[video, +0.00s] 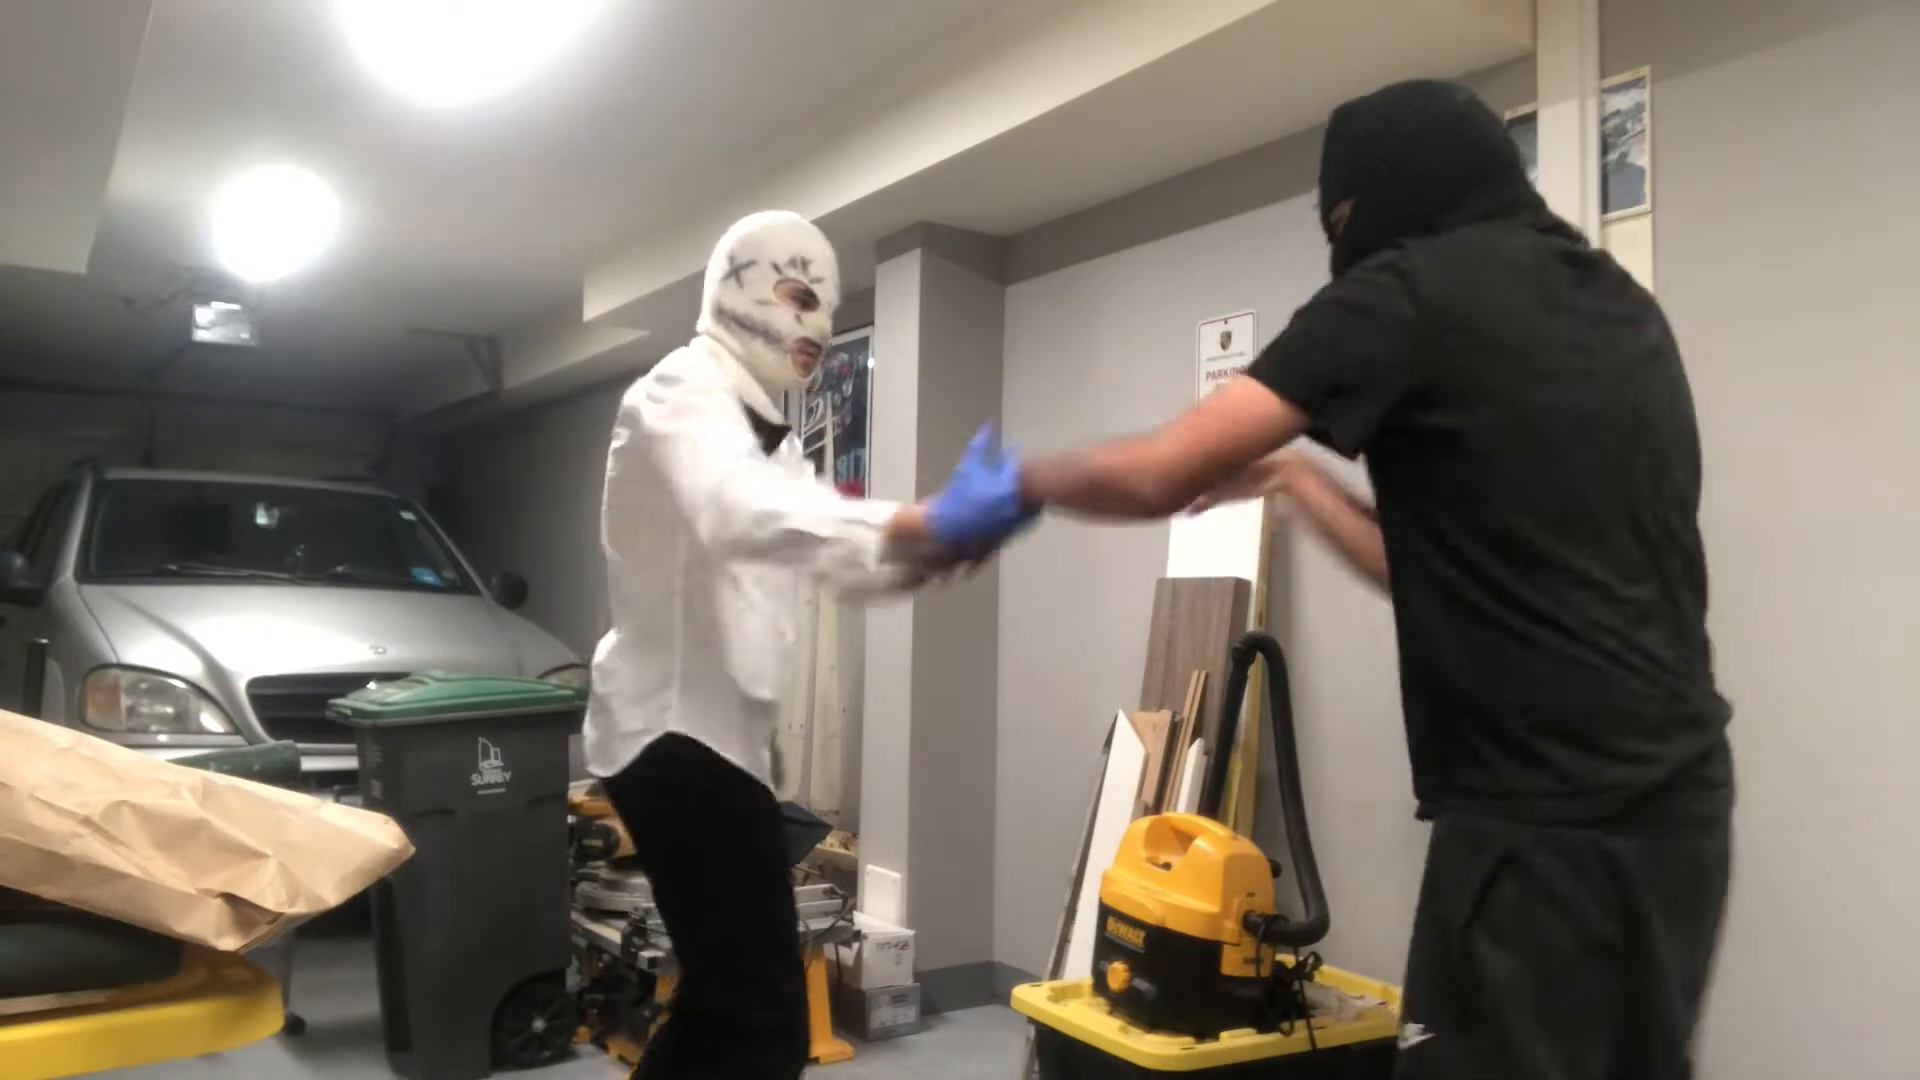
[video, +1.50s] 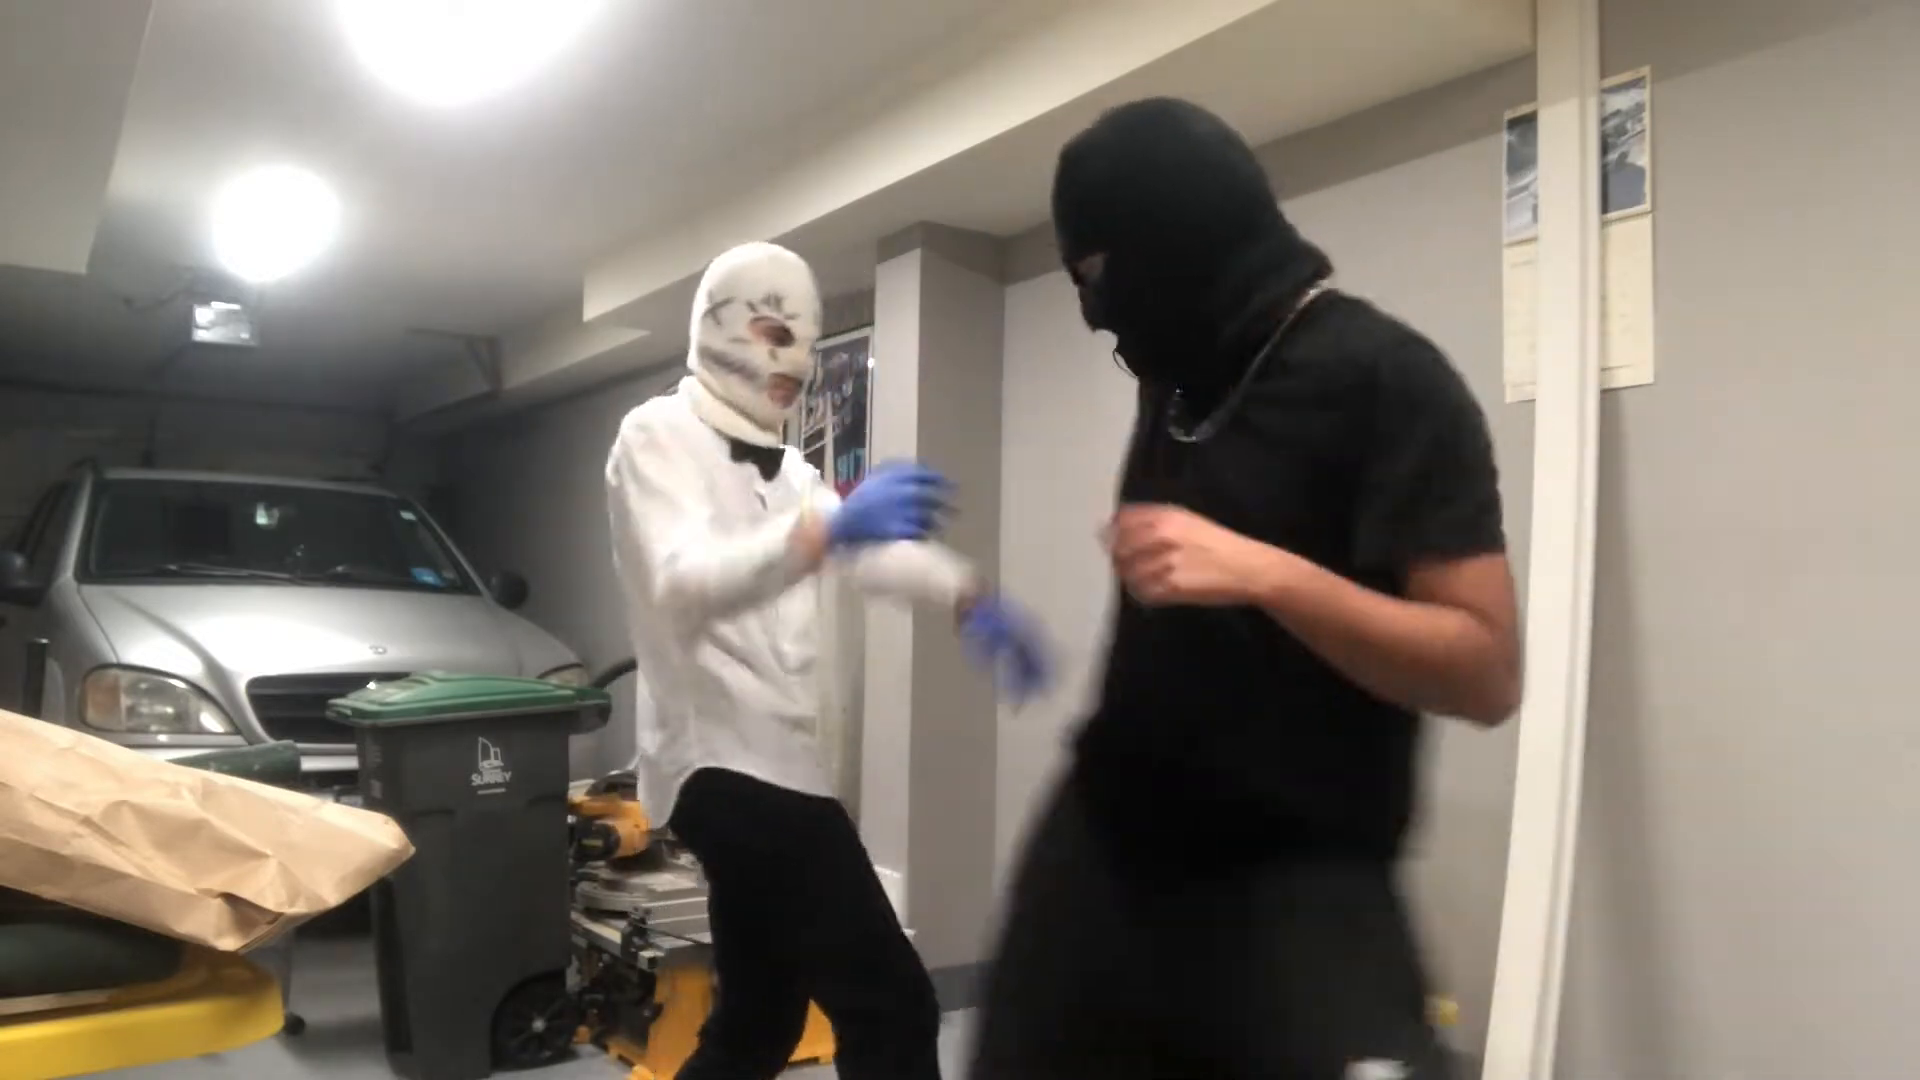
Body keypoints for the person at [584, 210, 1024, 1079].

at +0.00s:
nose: (816, 319)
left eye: (824, 303)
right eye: (796, 294)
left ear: (829, 314)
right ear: (734, 291)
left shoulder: (761, 433)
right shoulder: (682, 391)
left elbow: (833, 565)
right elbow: (731, 514)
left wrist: (937, 549)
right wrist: (899, 524)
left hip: (728, 741)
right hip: (671, 738)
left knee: (731, 1005)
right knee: (757, 1012)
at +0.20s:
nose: (831, 353)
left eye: (838, 332)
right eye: (817, 324)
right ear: (761, 311)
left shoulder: (711, 413)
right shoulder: (713, 403)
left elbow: (724, 623)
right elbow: (738, 516)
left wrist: (846, 625)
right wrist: (937, 470)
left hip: (679, 755)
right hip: (703, 759)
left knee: (703, 1012)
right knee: (863, 1004)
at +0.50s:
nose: (876, 343)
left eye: (884, 326)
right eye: (856, 316)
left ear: (886, 335)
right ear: (800, 317)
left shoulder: (783, 421)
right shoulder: (764, 406)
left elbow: (838, 636)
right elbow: (812, 512)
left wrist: (944, 574)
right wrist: (930, 378)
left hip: (738, 777)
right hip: (802, 772)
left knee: (731, 1029)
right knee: (925, 1043)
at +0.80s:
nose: (843, 333)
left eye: (852, 315)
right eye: (820, 307)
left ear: (863, 330)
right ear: (760, 309)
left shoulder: (799, 446)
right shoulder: (720, 416)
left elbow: (856, 592)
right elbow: (841, 513)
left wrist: (985, 595)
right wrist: (1035, 424)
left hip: (812, 770)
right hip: (772, 769)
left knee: (746, 1033)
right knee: (911, 1047)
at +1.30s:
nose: (820, 345)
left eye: (835, 335)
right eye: (800, 320)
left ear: (843, 357)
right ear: (749, 325)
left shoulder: (770, 455)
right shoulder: (713, 420)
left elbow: (856, 603)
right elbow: (765, 541)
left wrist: (938, 521)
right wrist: (940, 458)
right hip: (758, 766)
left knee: (735, 1031)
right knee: (917, 1045)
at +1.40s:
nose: (798, 349)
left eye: (810, 335)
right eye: (778, 324)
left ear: (815, 352)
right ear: (723, 328)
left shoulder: (775, 469)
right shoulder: (669, 430)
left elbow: (861, 556)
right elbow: (721, 539)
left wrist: (980, 530)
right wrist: (890, 500)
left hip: (784, 763)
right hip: (726, 764)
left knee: (751, 1025)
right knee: (898, 1015)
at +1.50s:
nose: (785, 341)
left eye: (798, 328)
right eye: (764, 318)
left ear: (806, 347)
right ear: (712, 324)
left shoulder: (791, 472)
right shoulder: (659, 433)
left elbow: (863, 554)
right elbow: (679, 585)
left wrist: (966, 593)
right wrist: (823, 531)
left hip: (788, 767)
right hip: (725, 767)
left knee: (754, 1024)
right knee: (892, 1008)